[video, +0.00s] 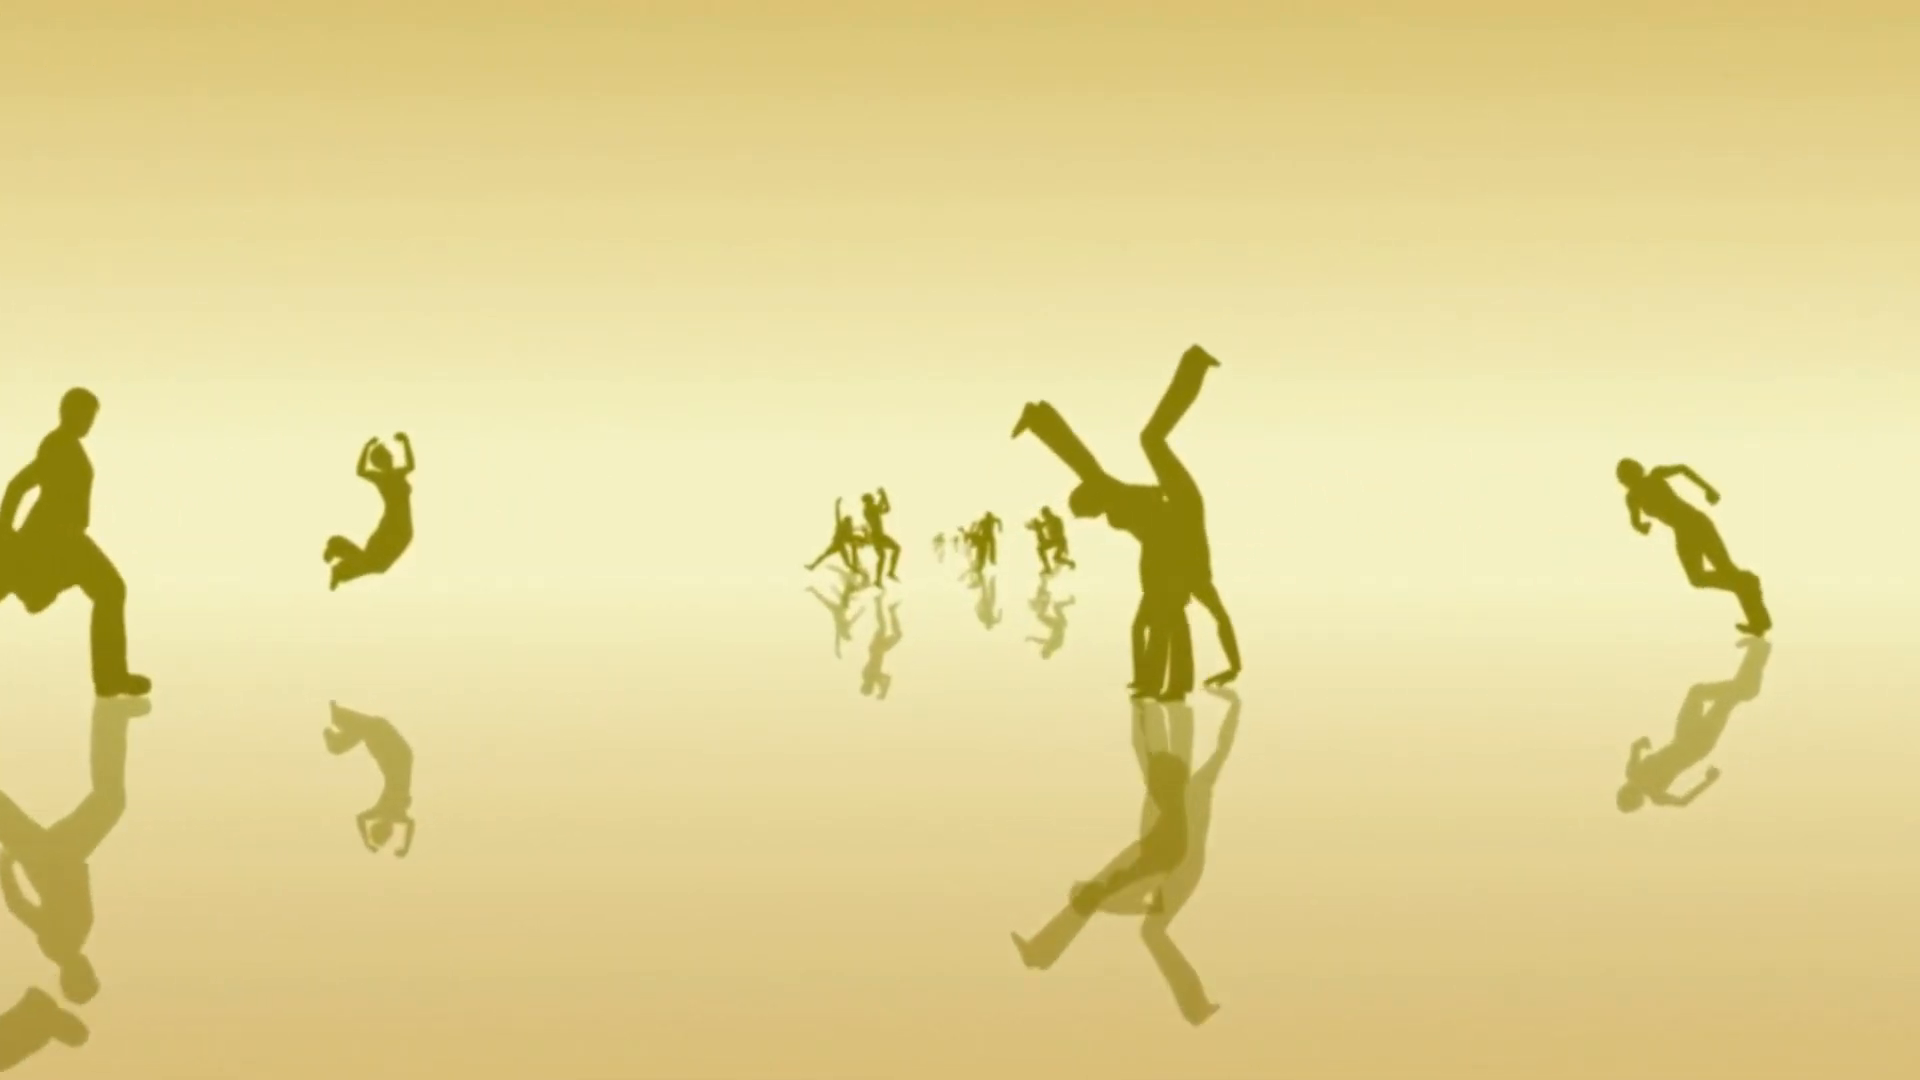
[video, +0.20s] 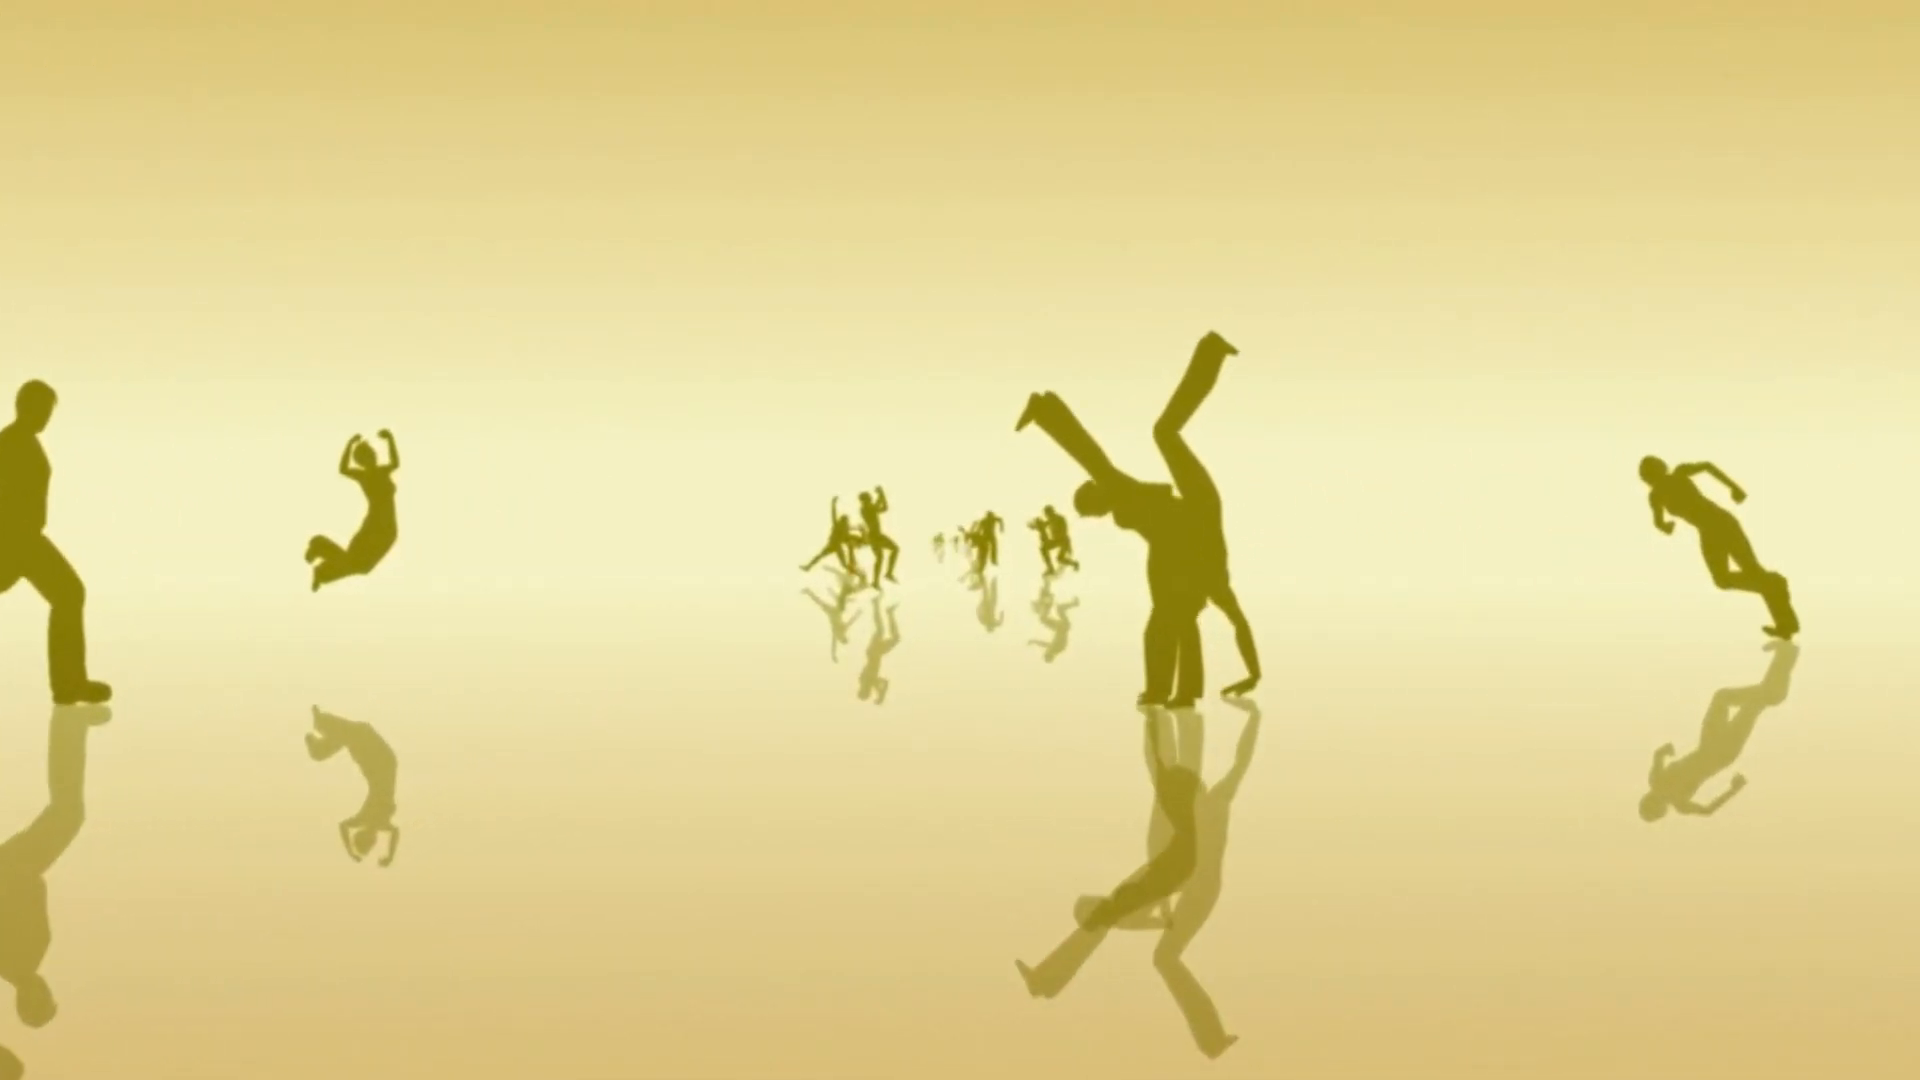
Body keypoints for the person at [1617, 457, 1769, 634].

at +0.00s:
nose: (1628, 482)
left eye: (1628, 476)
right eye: (1624, 479)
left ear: (1635, 471)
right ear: (1624, 480)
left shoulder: (1656, 475)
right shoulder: (1632, 497)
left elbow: (1683, 468)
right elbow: (1635, 521)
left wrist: (1708, 489)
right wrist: (1642, 527)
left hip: (1695, 521)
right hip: (1681, 530)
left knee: (1726, 568)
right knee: (1697, 578)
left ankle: (1758, 620)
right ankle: (1744, 581)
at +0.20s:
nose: (1651, 480)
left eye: (1651, 474)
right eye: (1647, 477)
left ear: (1657, 470)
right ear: (1648, 477)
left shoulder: (1680, 472)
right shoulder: (1655, 496)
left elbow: (1707, 466)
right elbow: (1658, 521)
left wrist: (1733, 487)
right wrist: (1666, 527)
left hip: (1720, 521)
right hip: (1706, 530)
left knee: (1752, 569)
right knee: (1722, 579)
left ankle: (1785, 623)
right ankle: (1771, 583)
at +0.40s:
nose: (1676, 478)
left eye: (1676, 471)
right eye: (1671, 475)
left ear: (1683, 467)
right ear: (1671, 476)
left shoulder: (1705, 470)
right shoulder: (1680, 495)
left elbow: (1734, 463)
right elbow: (1683, 520)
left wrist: (1760, 485)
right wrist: (1691, 527)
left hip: (1748, 520)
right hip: (1733, 530)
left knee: (1780, 570)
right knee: (1749, 581)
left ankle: (1814, 626)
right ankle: (1799, 584)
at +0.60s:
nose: (1701, 475)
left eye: (1702, 469)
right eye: (1697, 472)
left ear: (1710, 464)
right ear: (1697, 473)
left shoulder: (1732, 468)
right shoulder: (1706, 492)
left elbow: (1761, 460)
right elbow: (1709, 519)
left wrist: (1789, 483)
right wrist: (1717, 526)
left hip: (1777, 520)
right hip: (1761, 530)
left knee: (1810, 571)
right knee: (1778, 582)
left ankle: (1845, 630)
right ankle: (1830, 585)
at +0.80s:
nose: (1729, 473)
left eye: (1728, 467)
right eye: (1725, 470)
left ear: (1736, 462)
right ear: (1726, 470)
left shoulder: (1762, 465)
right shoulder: (1734, 491)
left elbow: (1792, 458)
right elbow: (1737, 519)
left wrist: (1821, 481)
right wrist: (1746, 526)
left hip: (1808, 519)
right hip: (1791, 529)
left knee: (1842, 573)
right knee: (1808, 584)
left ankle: (1879, 633)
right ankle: (1863, 587)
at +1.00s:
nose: (1760, 471)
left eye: (1760, 464)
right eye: (1755, 468)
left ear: (1768, 459)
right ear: (1754, 470)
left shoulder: (1793, 462)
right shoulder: (1764, 489)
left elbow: (1825, 455)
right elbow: (1767, 517)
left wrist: (1854, 478)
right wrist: (1776, 525)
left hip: (1843, 520)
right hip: (1824, 530)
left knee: (1877, 576)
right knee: (1841, 586)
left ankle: (1912, 637)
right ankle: (1899, 590)